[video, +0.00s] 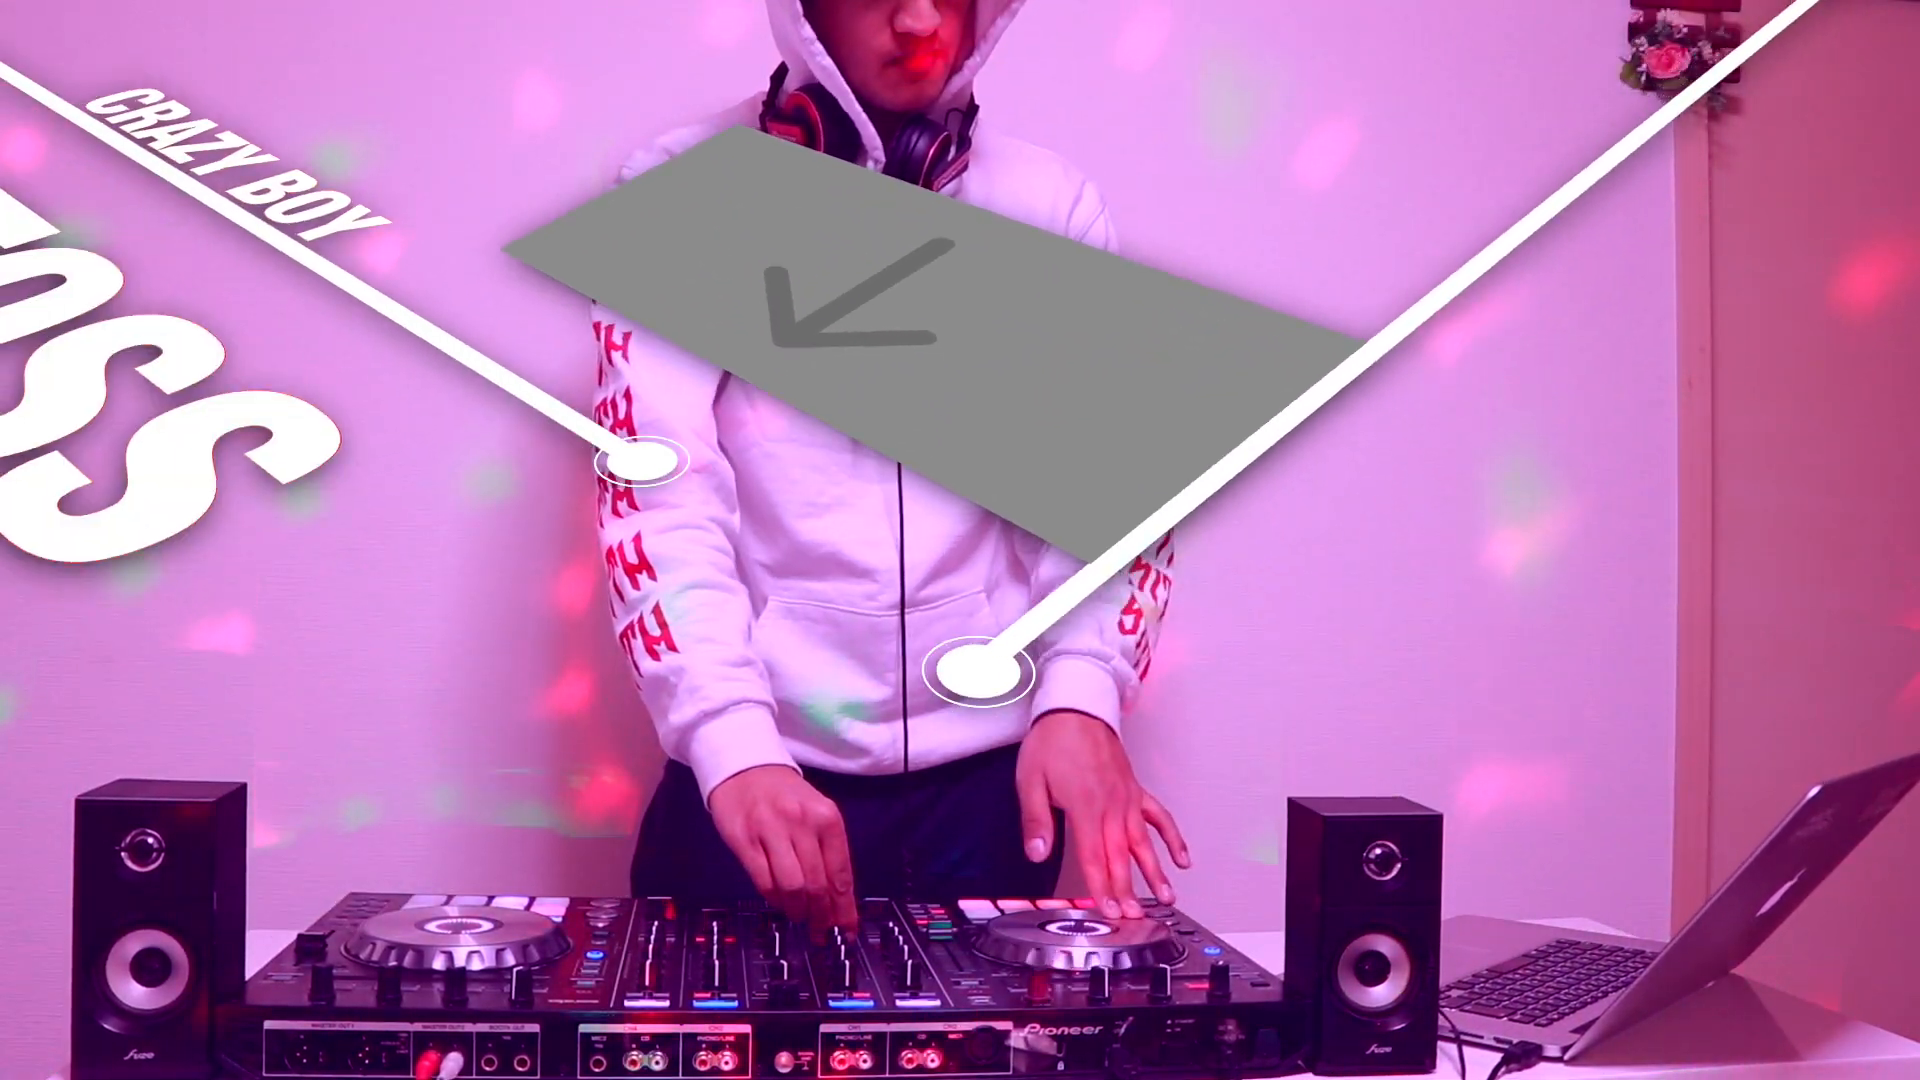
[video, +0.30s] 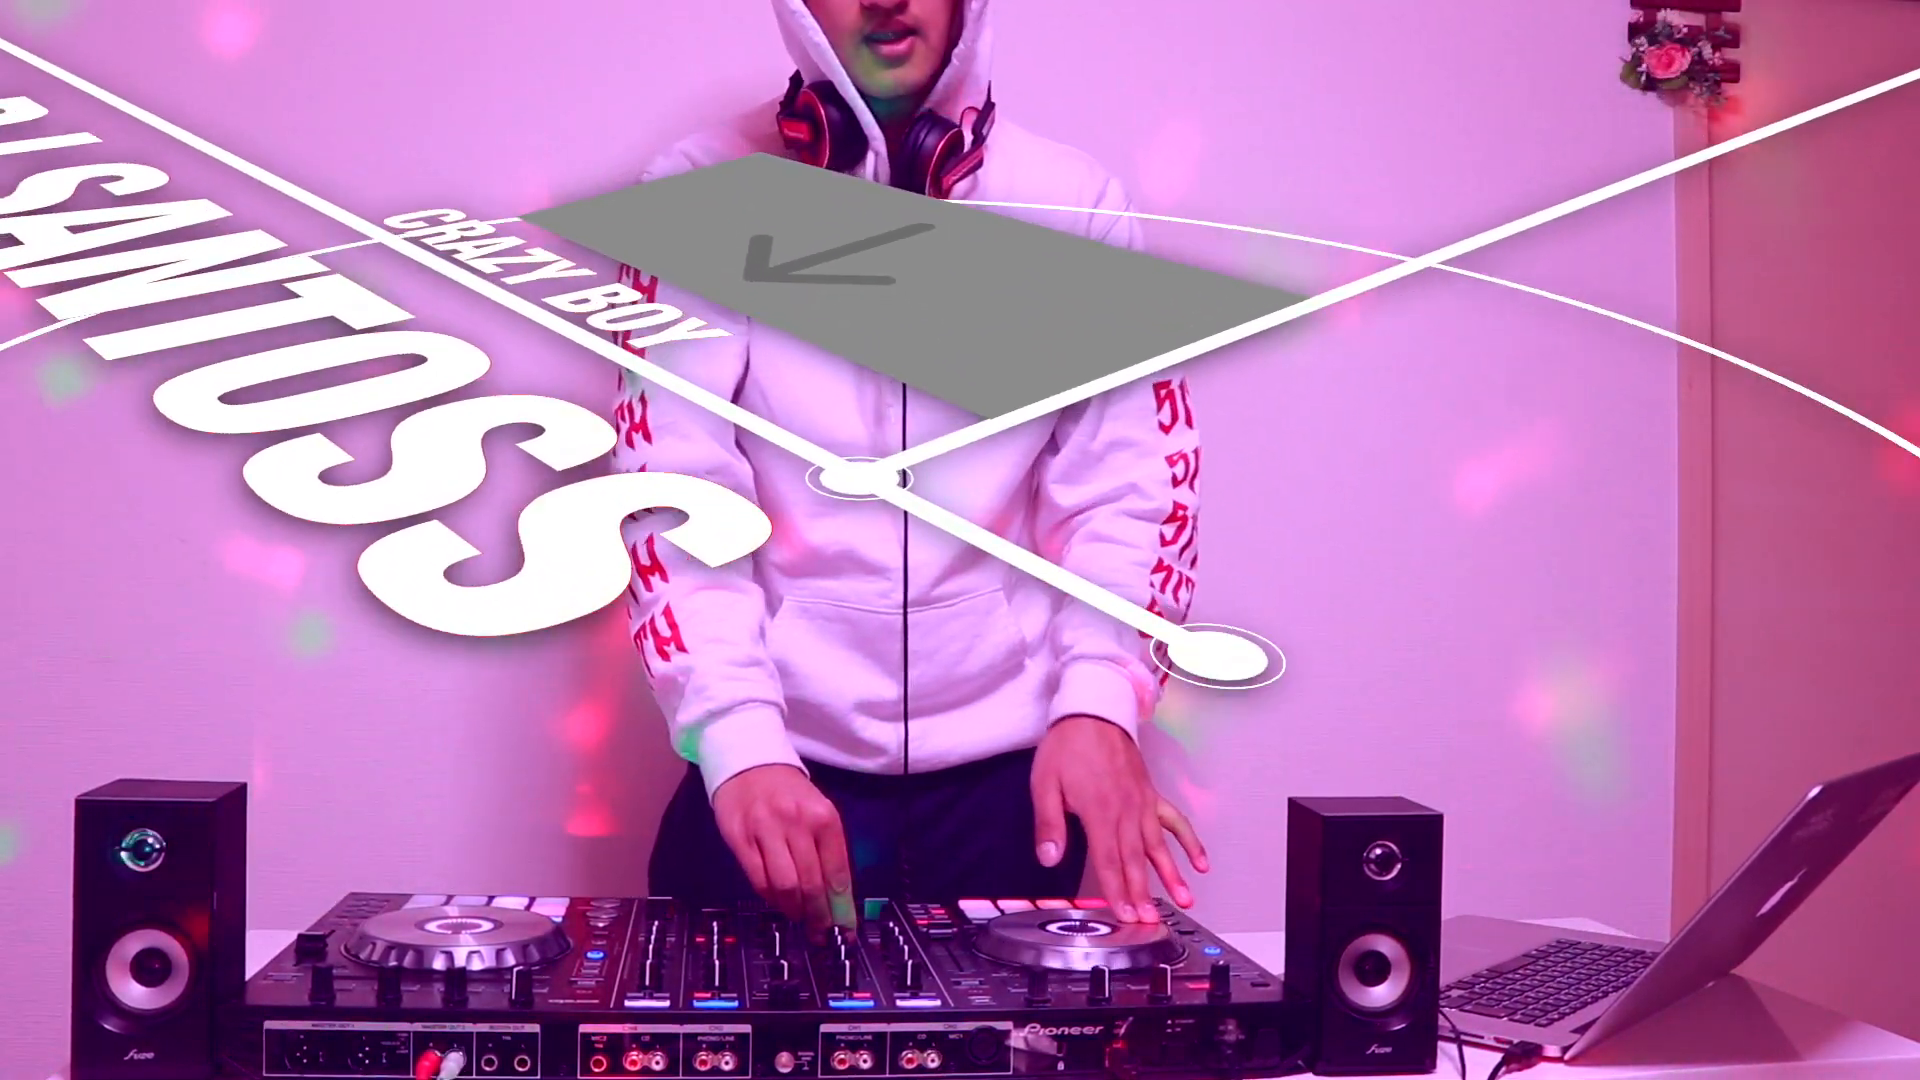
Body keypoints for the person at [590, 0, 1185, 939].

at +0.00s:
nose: (923, 21)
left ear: (983, 6)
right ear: (808, 3)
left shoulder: (1054, 204)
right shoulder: (687, 194)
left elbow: (1122, 481)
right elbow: (661, 499)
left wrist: (1082, 699)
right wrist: (737, 751)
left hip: (998, 798)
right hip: (756, 794)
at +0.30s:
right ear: (796, 4)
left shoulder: (1073, 200)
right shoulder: (709, 200)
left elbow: (1132, 487)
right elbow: (678, 498)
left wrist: (1099, 708)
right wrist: (741, 746)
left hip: (1017, 789)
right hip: (773, 785)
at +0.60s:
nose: (884, 4)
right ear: (803, 8)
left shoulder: (1103, 203)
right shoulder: (729, 207)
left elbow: (1160, 486)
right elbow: (687, 505)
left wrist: (1122, 715)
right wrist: (751, 743)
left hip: (1032, 784)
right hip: (784, 782)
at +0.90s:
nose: (893, 7)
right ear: (811, 16)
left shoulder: (1129, 208)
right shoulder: (755, 216)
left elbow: (1188, 495)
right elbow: (710, 500)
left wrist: (1129, 705)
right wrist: (755, 740)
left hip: (1046, 763)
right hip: (801, 767)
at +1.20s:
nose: (897, 19)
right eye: (852, 1)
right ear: (816, 27)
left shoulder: (1151, 214)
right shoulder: (778, 232)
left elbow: (1210, 500)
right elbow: (730, 505)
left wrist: (1147, 710)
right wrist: (762, 746)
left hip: (1056, 760)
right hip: (821, 767)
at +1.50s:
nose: (900, 34)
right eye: (855, 11)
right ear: (824, 42)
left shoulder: (1170, 224)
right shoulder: (785, 235)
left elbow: (1237, 514)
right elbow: (753, 508)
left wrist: (1148, 713)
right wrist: (782, 739)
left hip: (1084, 746)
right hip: (846, 752)